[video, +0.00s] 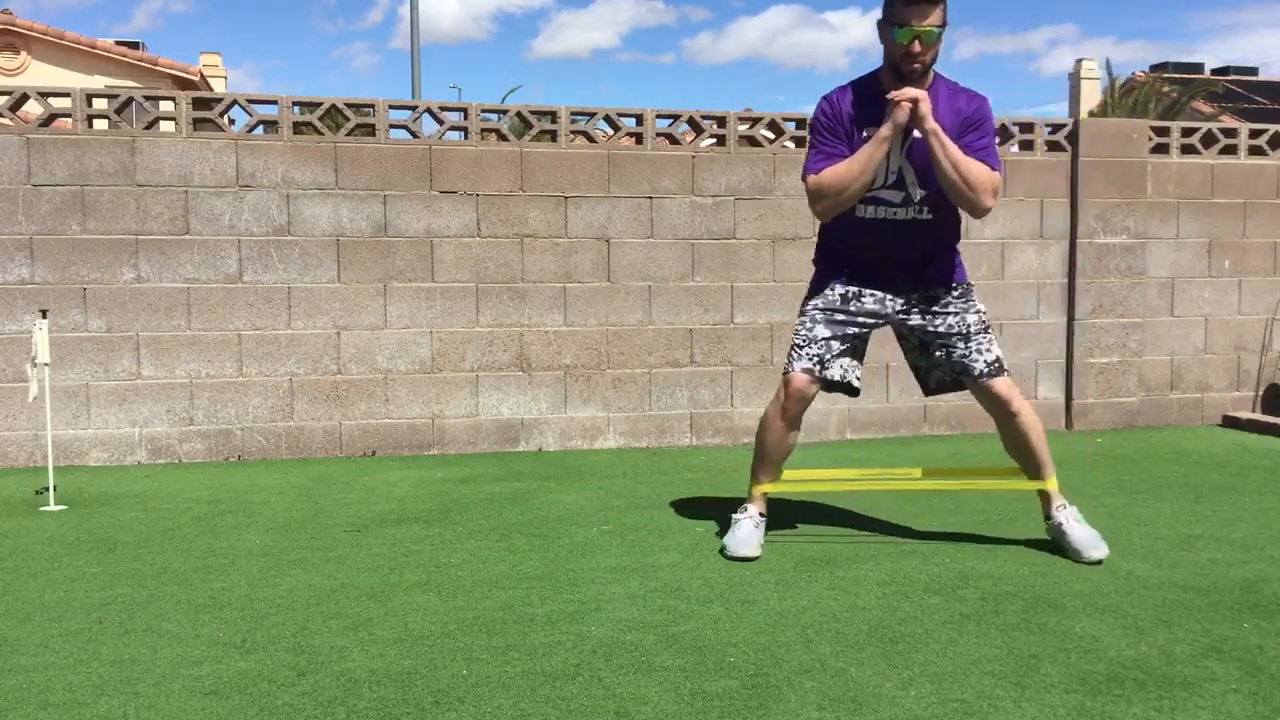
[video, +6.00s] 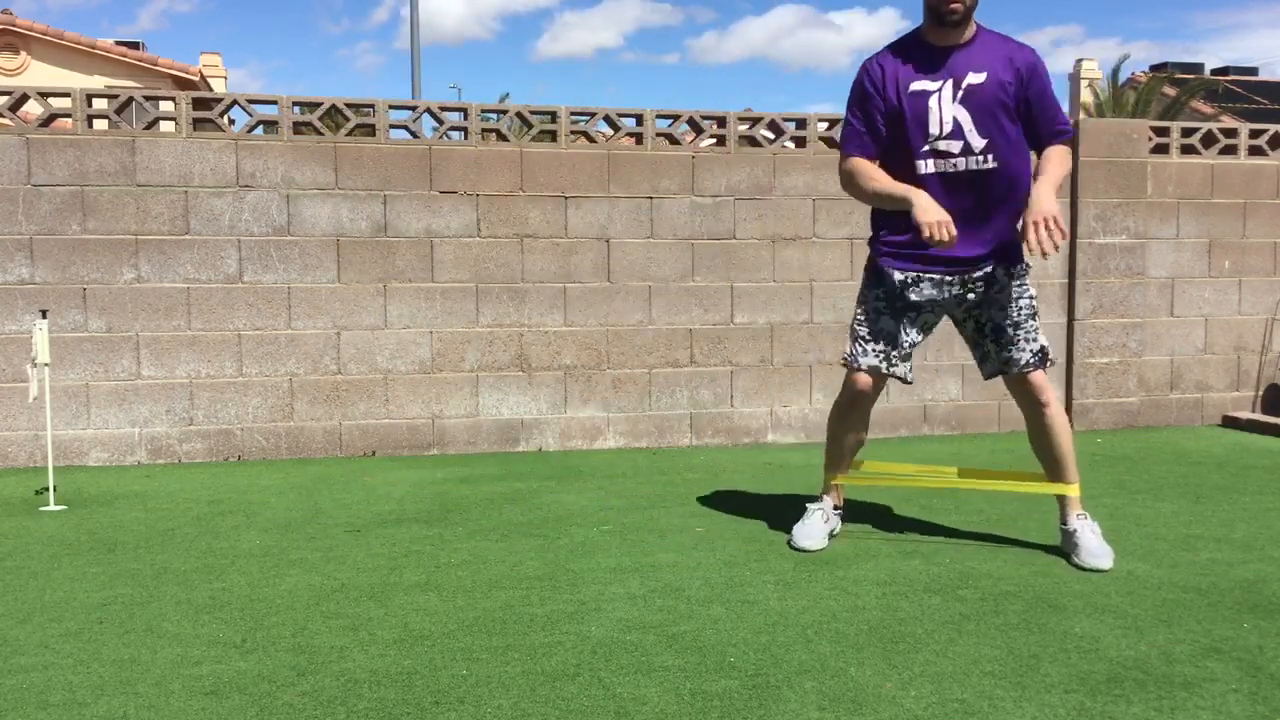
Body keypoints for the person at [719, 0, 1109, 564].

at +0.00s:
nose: (916, 47)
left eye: (929, 36)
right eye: (904, 33)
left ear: (943, 36)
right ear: (882, 30)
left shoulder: (967, 107)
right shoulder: (840, 107)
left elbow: (981, 200)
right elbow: (823, 203)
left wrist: (930, 129)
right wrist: (889, 132)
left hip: (935, 278)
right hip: (847, 276)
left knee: (999, 390)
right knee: (796, 387)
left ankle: (1057, 508)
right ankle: (753, 509)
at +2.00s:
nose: (565, 63)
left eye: (578, 51)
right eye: (554, 50)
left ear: (599, 44)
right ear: (540, 41)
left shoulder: (630, 113)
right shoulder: (510, 110)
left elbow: (636, 206)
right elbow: (498, 212)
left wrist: (583, 135)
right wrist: (550, 140)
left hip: (605, 288)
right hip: (518, 282)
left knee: (644, 399)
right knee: (438, 384)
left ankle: (690, 507)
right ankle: (359, 496)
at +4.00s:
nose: (567, 35)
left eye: (580, 23)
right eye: (556, 24)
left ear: (604, 18)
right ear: (545, 21)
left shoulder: (647, 82)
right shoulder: (526, 88)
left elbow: (646, 176)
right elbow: (517, 188)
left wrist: (589, 106)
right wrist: (561, 111)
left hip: (644, 254)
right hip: (568, 257)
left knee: (673, 372)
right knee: (530, 381)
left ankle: (705, 497)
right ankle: (524, 505)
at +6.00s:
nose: (952, 0)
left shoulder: (1018, 62)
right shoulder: (882, 71)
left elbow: (1058, 143)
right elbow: (854, 170)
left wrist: (1044, 191)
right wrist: (912, 196)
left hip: (993, 264)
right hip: (904, 266)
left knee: (1034, 384)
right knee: (859, 384)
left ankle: (1075, 518)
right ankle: (828, 502)